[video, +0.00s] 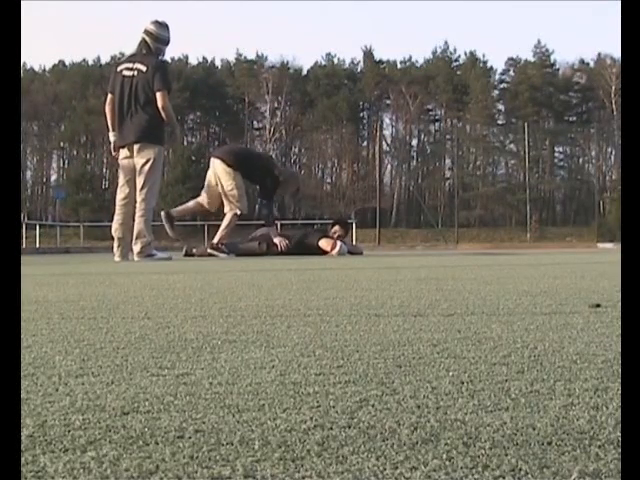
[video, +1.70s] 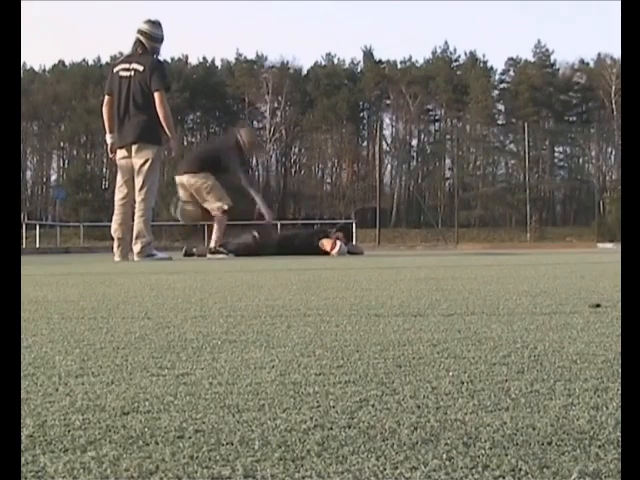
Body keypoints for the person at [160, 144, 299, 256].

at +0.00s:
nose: (287, 193)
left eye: (290, 190)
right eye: (290, 189)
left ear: (283, 176)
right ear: (286, 181)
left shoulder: (268, 174)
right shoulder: (270, 179)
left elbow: (267, 204)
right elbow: (266, 207)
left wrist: (273, 224)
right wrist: (274, 235)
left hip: (218, 158)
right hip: (227, 163)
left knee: (207, 202)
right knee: (235, 210)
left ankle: (172, 214)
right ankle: (216, 244)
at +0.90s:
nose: (288, 197)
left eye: (291, 195)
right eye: (291, 195)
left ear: (286, 183)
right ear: (289, 189)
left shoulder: (275, 178)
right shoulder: (277, 182)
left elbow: (277, 209)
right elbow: (271, 210)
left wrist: (281, 235)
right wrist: (277, 237)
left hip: (230, 161)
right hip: (239, 166)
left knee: (224, 206)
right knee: (240, 211)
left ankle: (188, 199)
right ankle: (217, 242)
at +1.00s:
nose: (286, 196)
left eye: (288, 194)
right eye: (288, 194)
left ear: (286, 182)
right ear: (288, 188)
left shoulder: (277, 180)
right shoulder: (277, 182)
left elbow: (277, 210)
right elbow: (268, 213)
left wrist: (282, 235)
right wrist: (277, 238)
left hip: (231, 161)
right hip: (239, 166)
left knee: (217, 203)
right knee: (241, 210)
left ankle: (182, 183)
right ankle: (218, 242)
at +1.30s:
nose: (293, 211)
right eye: (295, 208)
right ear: (289, 198)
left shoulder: (272, 186)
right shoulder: (275, 185)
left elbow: (271, 213)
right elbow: (265, 216)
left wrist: (280, 235)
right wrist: (279, 238)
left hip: (226, 165)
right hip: (234, 169)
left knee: (204, 202)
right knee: (240, 211)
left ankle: (168, 183)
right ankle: (217, 242)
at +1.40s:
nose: (277, 205)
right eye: (279, 203)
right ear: (278, 198)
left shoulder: (266, 189)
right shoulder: (267, 192)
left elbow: (267, 215)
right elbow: (261, 221)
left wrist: (279, 234)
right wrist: (276, 238)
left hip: (217, 170)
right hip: (226, 174)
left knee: (206, 214)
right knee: (238, 213)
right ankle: (216, 245)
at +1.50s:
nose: (262, 209)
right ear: (270, 199)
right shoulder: (261, 193)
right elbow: (263, 223)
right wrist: (272, 238)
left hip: (205, 173)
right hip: (218, 176)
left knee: (210, 218)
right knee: (233, 212)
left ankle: (176, 223)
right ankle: (216, 245)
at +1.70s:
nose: (250, 149)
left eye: (251, 146)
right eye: (249, 145)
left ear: (237, 137)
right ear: (243, 141)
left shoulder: (222, 143)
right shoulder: (232, 147)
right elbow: (245, 182)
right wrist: (263, 207)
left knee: (205, 214)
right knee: (221, 211)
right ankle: (214, 247)